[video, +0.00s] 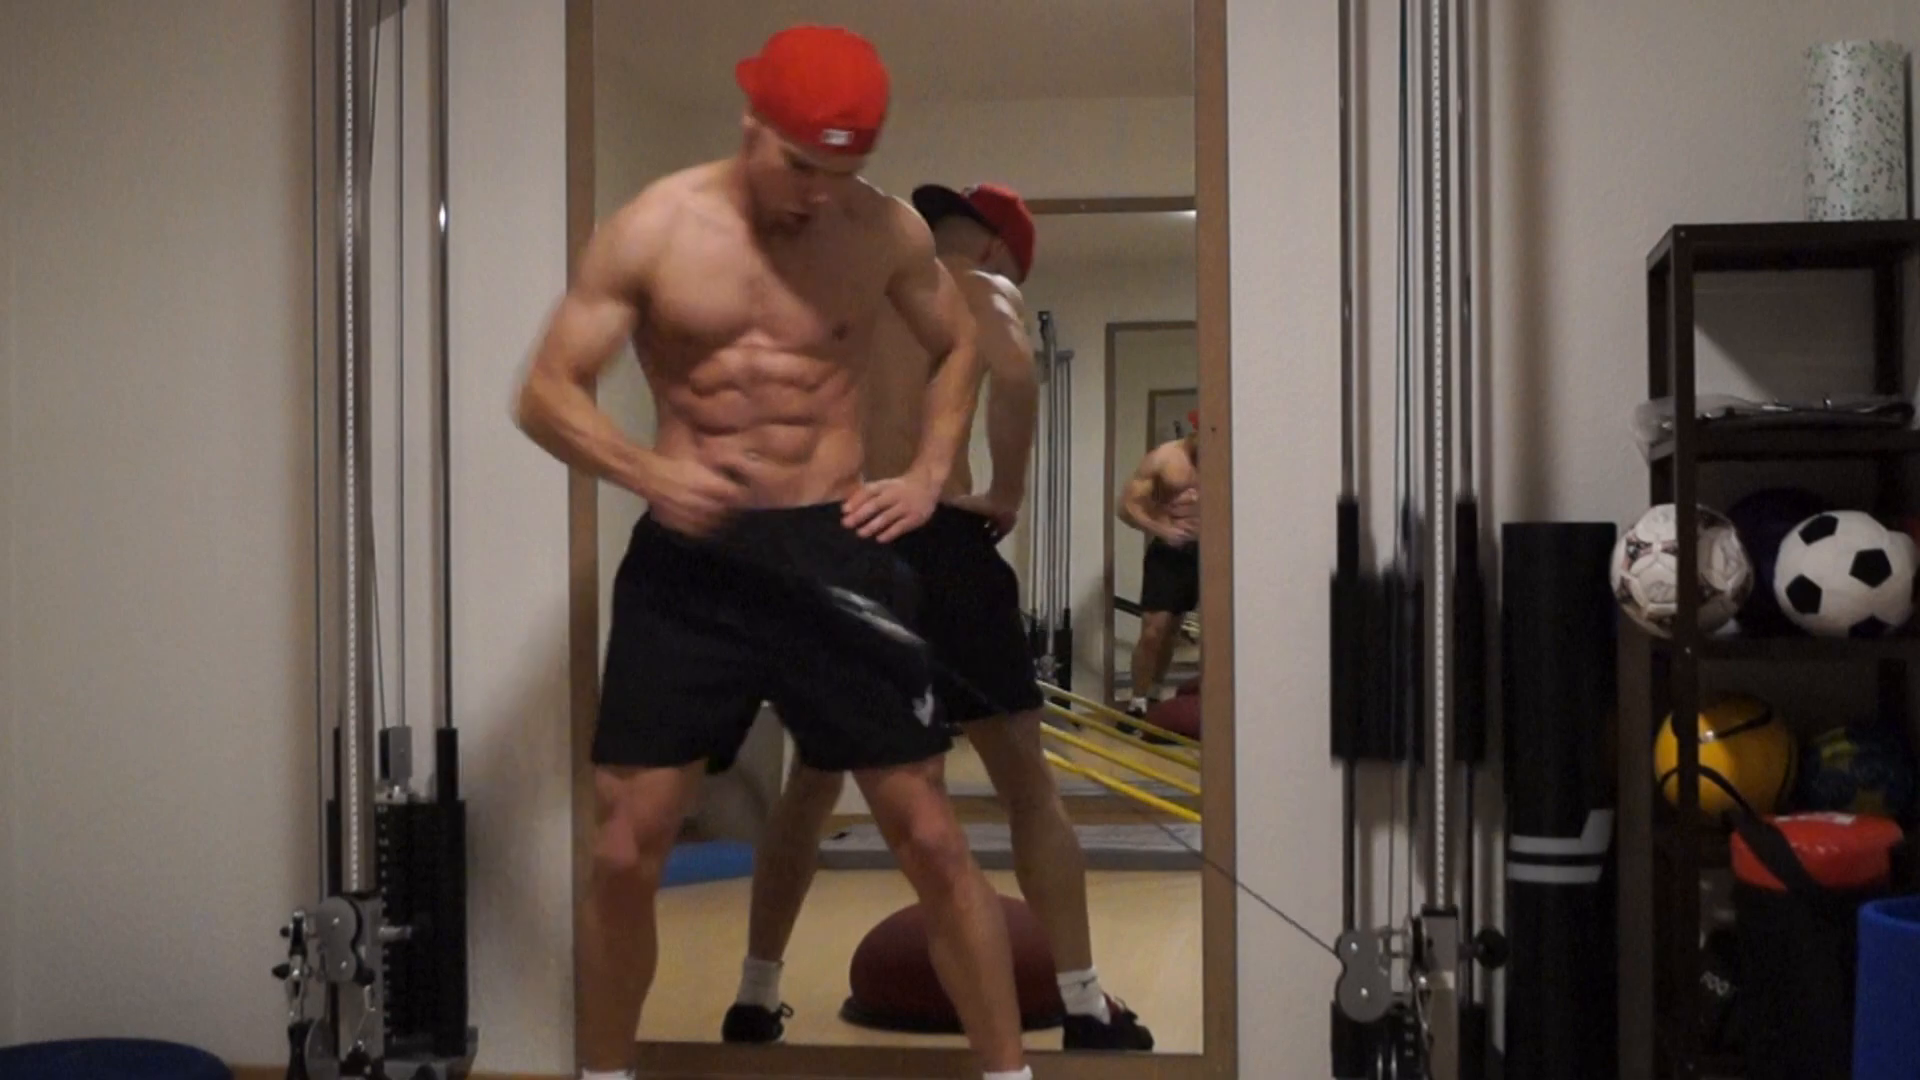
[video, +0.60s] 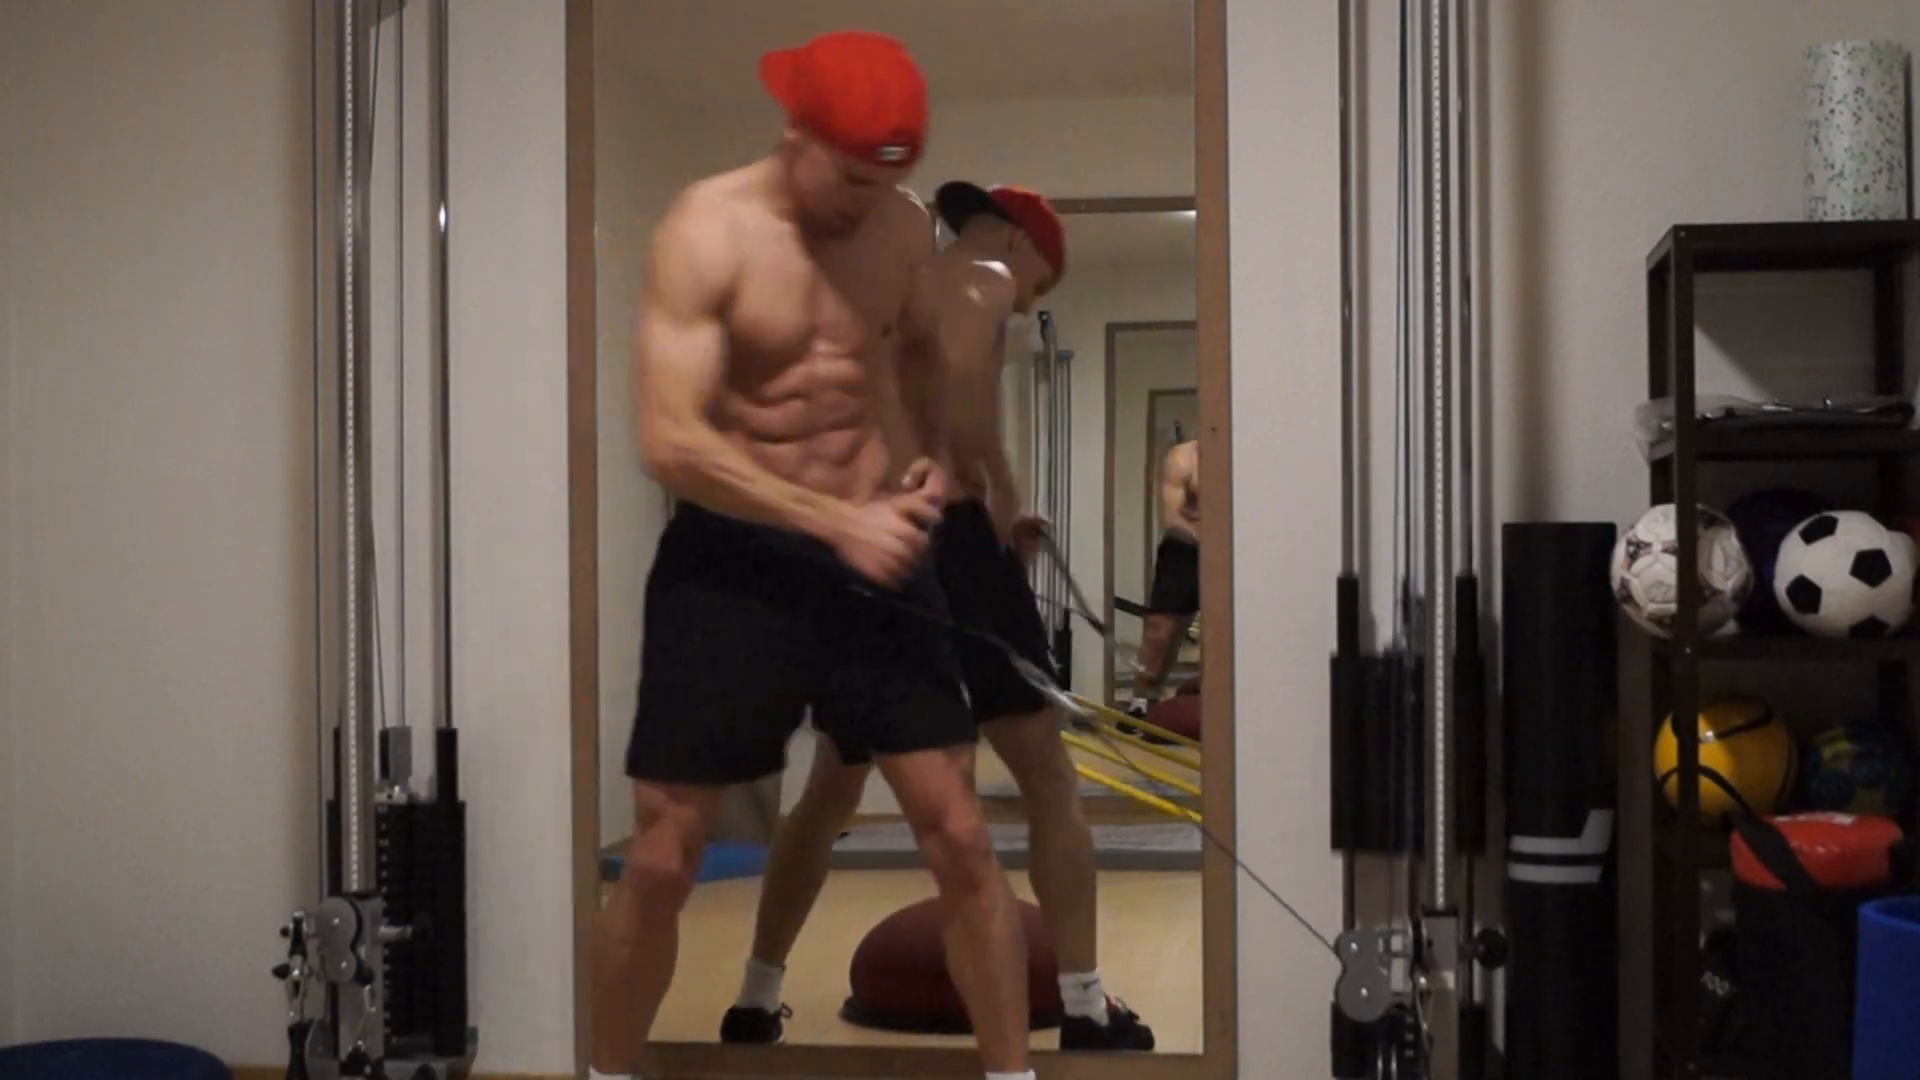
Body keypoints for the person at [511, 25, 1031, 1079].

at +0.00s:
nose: (820, 192)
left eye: (842, 172)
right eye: (801, 166)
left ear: (863, 151)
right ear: (752, 121)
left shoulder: (885, 232)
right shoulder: (655, 225)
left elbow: (960, 345)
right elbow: (544, 392)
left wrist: (930, 474)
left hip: (842, 561)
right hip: (687, 568)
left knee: (931, 839)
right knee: (621, 853)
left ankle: (1006, 1073)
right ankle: (604, 1075)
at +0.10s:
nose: (734, 187)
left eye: (759, 172)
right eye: (722, 164)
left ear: (805, 155)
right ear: (698, 133)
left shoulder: (860, 242)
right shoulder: (626, 225)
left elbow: (975, 344)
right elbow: (512, 324)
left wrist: (913, 483)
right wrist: (531, 386)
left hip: (817, 558)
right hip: (668, 555)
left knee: (908, 843)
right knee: (601, 849)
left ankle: (1003, 1073)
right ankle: (602, 1075)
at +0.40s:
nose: (724, 198)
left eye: (747, 180)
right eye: (706, 176)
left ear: (789, 151)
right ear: (678, 145)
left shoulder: (850, 233)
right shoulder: (625, 228)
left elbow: (979, 343)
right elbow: (506, 363)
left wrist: (918, 483)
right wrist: (585, 417)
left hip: (820, 565)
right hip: (670, 562)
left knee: (908, 847)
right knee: (607, 847)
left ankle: (997, 1073)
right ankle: (602, 1076)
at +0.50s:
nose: (810, 190)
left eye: (830, 172)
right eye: (791, 170)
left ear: (853, 148)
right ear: (740, 135)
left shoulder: (888, 224)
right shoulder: (665, 227)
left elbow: (958, 334)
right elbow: (575, 409)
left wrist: (959, 458)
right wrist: (726, 473)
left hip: (853, 554)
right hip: (702, 561)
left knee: (945, 837)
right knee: (636, 855)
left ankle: (1009, 1074)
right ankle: (601, 1076)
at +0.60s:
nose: (871, 191)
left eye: (886, 172)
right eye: (854, 170)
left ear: (899, 154)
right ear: (798, 131)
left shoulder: (903, 225)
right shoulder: (708, 225)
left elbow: (921, 347)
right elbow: (667, 439)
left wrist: (940, 453)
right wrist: (837, 520)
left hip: (877, 554)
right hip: (728, 561)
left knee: (961, 836)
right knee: (662, 859)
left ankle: (1010, 1073)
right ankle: (607, 1075)